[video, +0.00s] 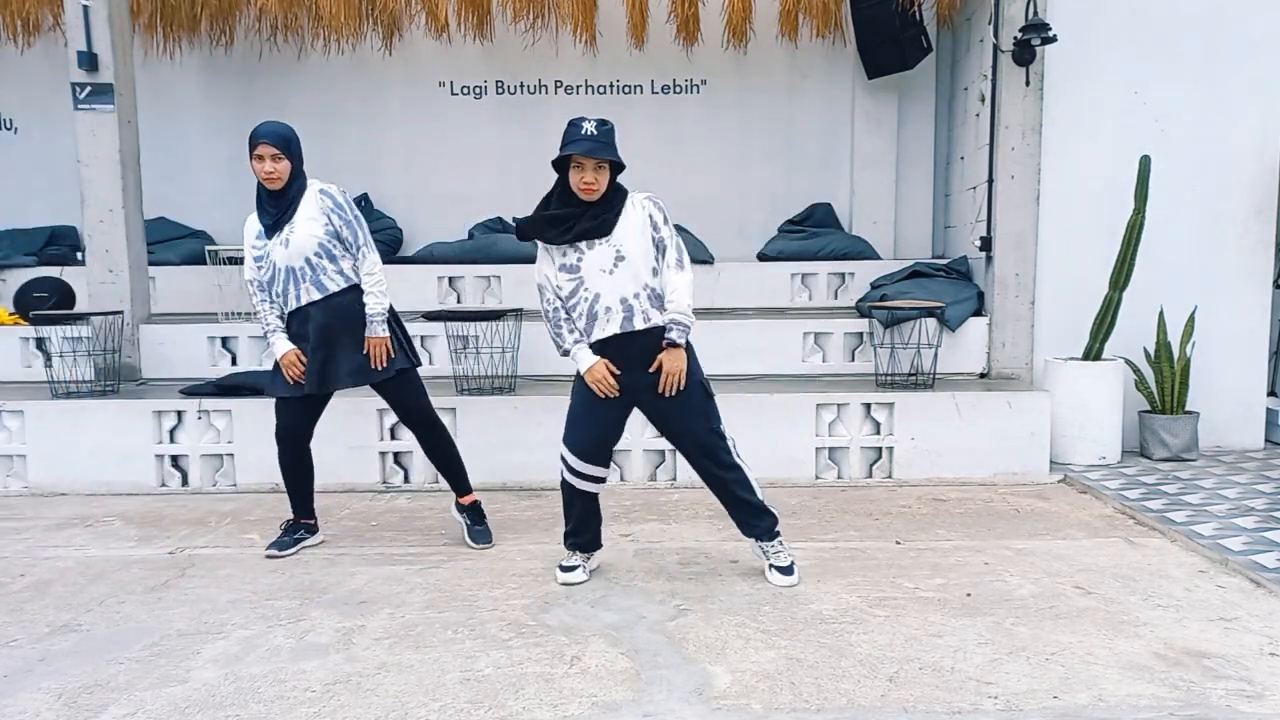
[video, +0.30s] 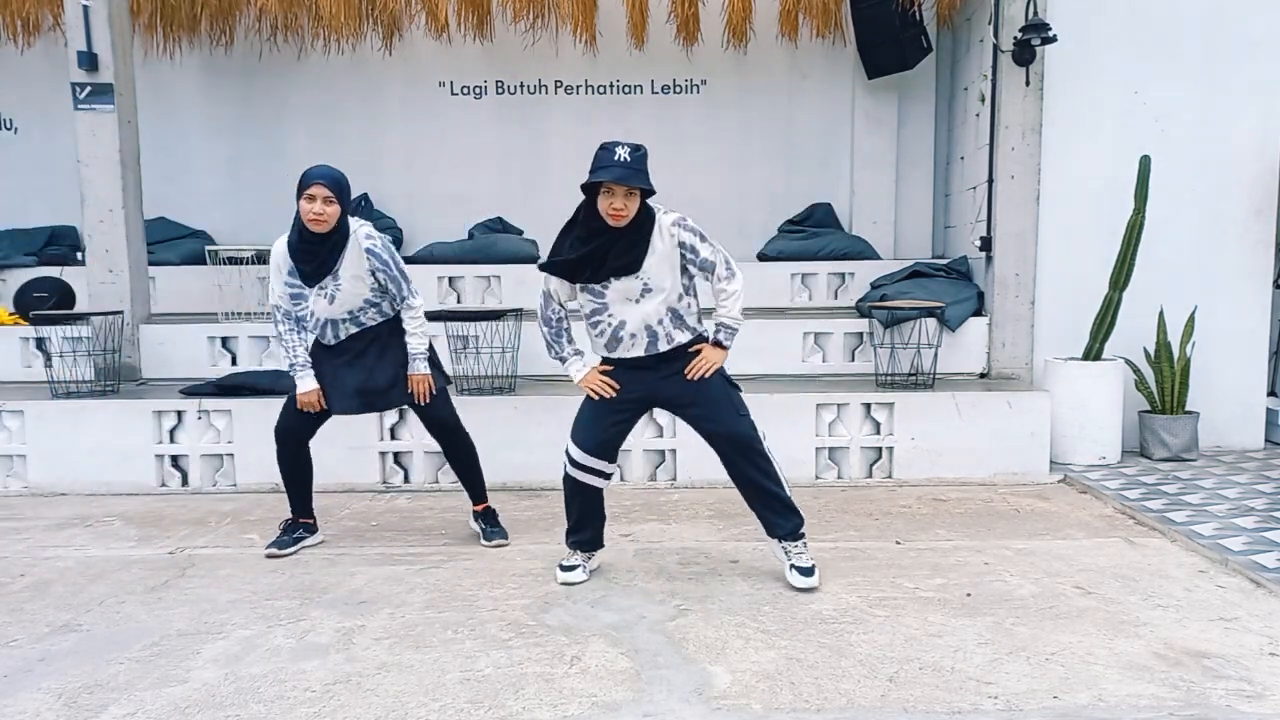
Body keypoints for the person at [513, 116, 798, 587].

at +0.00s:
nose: (588, 177)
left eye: (598, 167)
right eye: (579, 167)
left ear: (613, 169)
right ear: (565, 169)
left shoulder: (644, 209)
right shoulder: (552, 231)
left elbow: (677, 274)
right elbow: (553, 306)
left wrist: (676, 341)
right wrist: (583, 358)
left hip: (659, 349)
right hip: (596, 358)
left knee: (709, 447)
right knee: (579, 458)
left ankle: (767, 538)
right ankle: (580, 548)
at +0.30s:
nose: (617, 204)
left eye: (628, 194)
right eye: (608, 193)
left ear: (643, 194)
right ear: (593, 192)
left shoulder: (671, 230)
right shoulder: (573, 248)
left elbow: (727, 274)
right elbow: (552, 317)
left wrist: (721, 339)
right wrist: (579, 367)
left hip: (685, 362)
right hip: (616, 371)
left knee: (741, 440)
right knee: (582, 457)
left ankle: (790, 538)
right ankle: (582, 547)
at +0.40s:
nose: (654, 242)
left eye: (664, 233)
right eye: (644, 231)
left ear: (677, 235)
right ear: (628, 232)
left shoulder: (697, 269)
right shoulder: (606, 275)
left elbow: (754, 313)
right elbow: (569, 332)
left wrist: (733, 369)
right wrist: (594, 381)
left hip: (697, 383)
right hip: (630, 388)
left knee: (752, 454)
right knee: (585, 464)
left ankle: (791, 551)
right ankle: (583, 549)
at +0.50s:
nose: (703, 258)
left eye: (713, 248)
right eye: (693, 247)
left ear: (725, 250)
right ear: (677, 248)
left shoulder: (739, 293)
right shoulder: (643, 288)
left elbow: (787, 336)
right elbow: (596, 334)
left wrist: (755, 380)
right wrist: (613, 388)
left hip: (718, 396)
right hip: (649, 398)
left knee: (766, 462)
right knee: (595, 467)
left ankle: (792, 554)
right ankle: (582, 550)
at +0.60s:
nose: (742, 228)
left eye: (752, 218)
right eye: (732, 217)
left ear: (766, 222)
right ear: (716, 219)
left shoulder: (776, 273)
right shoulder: (679, 260)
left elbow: (809, 329)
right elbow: (628, 310)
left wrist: (769, 374)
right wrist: (628, 369)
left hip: (734, 387)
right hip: (663, 382)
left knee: (775, 457)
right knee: (607, 453)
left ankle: (792, 552)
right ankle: (579, 547)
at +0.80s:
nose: (766, 164)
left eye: (776, 154)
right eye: (757, 153)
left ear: (791, 157)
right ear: (741, 154)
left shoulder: (806, 224)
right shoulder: (708, 200)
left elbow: (812, 298)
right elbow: (663, 265)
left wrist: (786, 351)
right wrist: (653, 330)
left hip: (754, 356)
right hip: (688, 345)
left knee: (773, 456)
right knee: (631, 440)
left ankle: (791, 551)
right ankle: (582, 525)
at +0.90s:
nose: (768, 168)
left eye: (778, 158)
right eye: (759, 157)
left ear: (792, 161)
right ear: (744, 159)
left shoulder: (808, 226)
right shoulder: (711, 207)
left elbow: (819, 299)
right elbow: (671, 275)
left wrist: (797, 354)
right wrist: (660, 337)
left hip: (762, 356)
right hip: (696, 348)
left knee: (778, 456)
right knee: (646, 450)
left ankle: (791, 551)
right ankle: (600, 535)